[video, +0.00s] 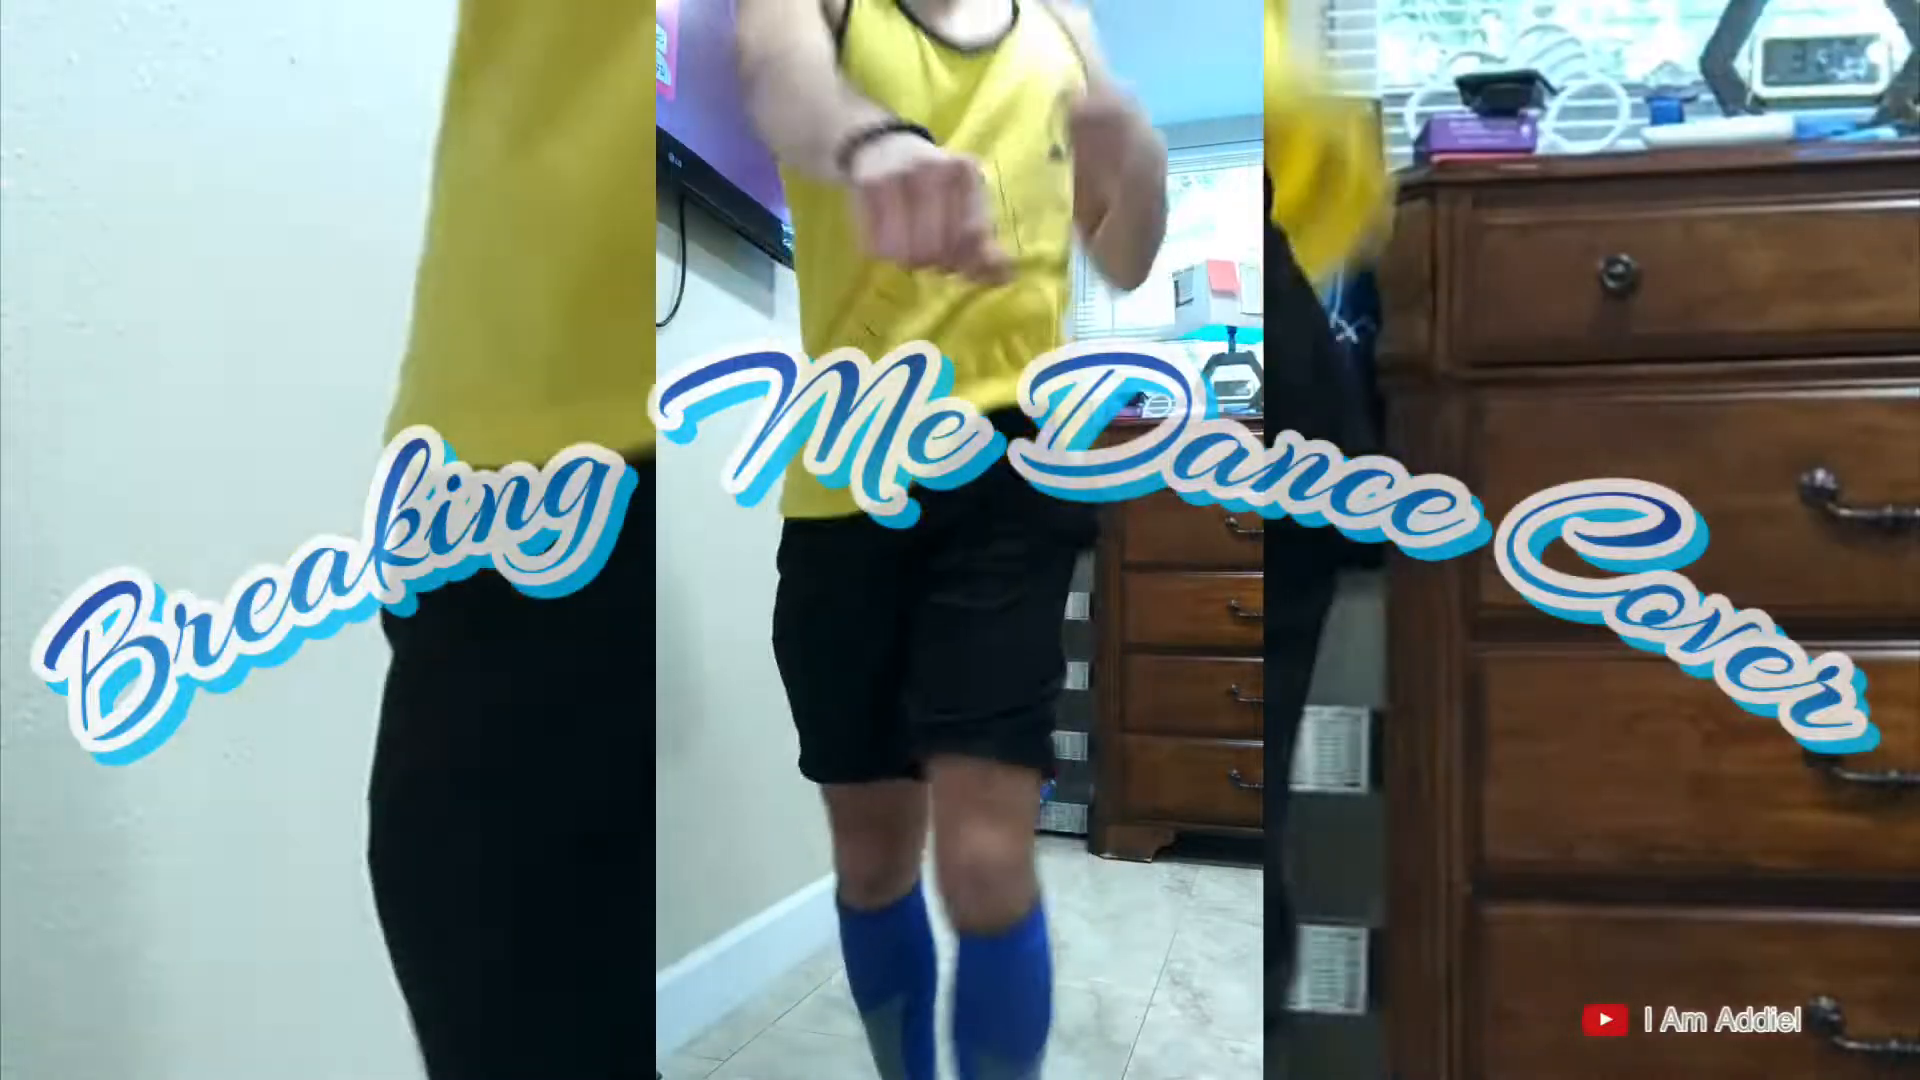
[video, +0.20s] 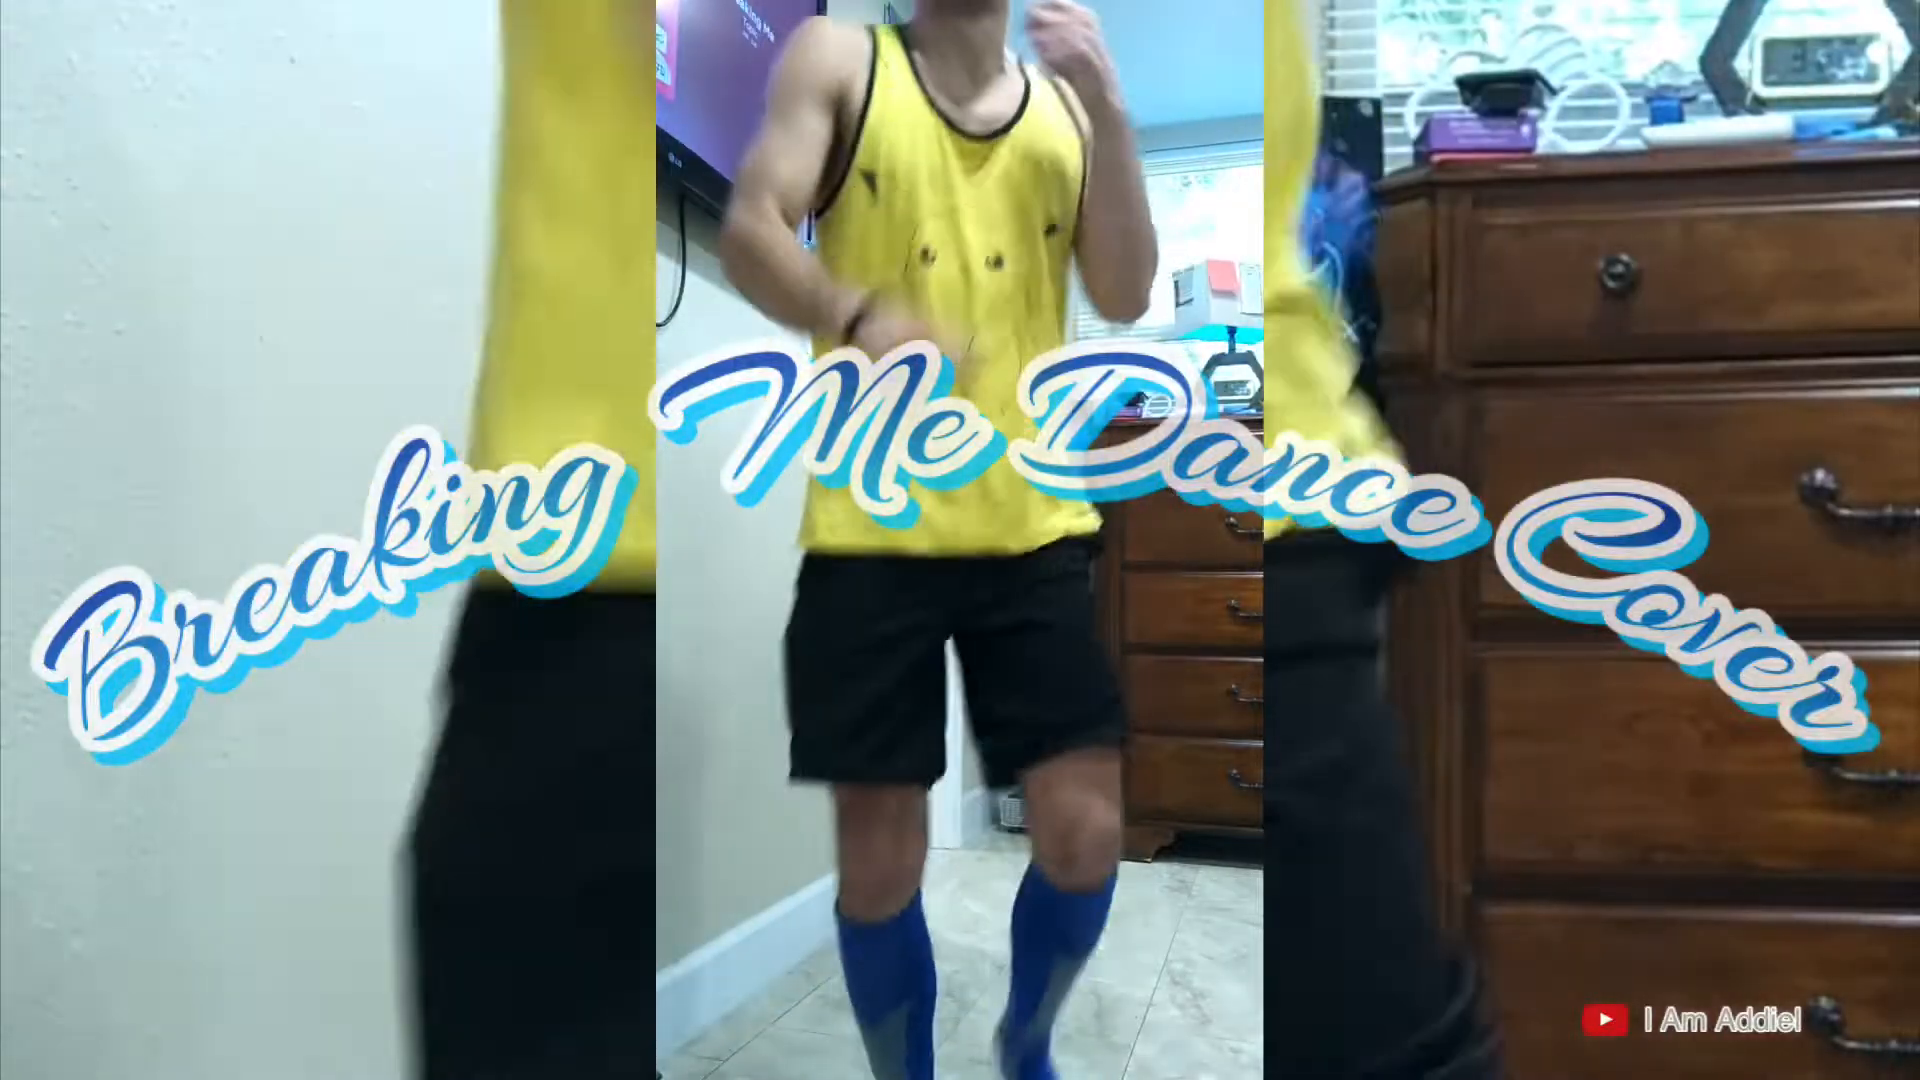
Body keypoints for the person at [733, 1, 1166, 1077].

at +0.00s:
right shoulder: (806, 12)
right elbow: (788, 78)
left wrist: (1117, 154)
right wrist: (874, 140)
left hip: (1013, 473)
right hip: (845, 482)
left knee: (983, 861)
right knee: (872, 865)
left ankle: (1000, 1065)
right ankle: (907, 1069)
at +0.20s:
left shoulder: (1062, 104)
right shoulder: (840, 53)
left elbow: (1125, 291)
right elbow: (748, 231)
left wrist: (1105, 112)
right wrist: (858, 314)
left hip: (1034, 522)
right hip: (873, 528)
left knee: (1086, 832)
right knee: (879, 849)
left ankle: (1027, 1047)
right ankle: (901, 1067)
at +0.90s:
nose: (1003, 82)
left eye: (1027, 68)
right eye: (985, 69)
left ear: (1061, 93)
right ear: (964, 99)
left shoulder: (1101, 170)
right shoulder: (965, 254)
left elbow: (1163, 330)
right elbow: (981, 378)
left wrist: (1172, 501)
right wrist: (926, 388)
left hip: (1088, 546)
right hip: (980, 549)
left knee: (1074, 790)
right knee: (973, 782)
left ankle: (1077, 1020)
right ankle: (1030, 965)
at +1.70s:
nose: (1076, 127)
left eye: (1091, 116)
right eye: (1056, 117)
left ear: (1113, 148)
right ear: (1026, 146)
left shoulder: (1090, 286)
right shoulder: (985, 215)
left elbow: (1110, 431)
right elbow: (873, 323)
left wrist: (1157, 319)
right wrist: (889, 453)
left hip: (1073, 540)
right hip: (987, 535)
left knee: (1127, 747)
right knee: (1009, 771)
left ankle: (1074, 970)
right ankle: (984, 980)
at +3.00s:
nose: (944, 97)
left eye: (961, 84)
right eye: (924, 83)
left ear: (983, 110)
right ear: (893, 108)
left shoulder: (1021, 237)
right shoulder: (856, 229)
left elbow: (1021, 381)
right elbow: (841, 380)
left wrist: (1040, 434)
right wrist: (958, 322)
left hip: (994, 549)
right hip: (873, 549)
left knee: (1087, 749)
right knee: (844, 782)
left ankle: (1009, 1013)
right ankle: (834, 1011)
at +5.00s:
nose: (972, 130)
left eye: (992, 118)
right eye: (950, 118)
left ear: (1017, 152)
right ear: (918, 142)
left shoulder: (998, 308)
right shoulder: (886, 191)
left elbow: (999, 482)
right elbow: (810, 333)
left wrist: (1002, 336)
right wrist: (893, 492)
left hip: (949, 598)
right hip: (813, 586)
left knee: (1084, 806)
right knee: (765, 896)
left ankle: (974, 1055)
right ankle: (826, 1025)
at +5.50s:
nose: (881, 103)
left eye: (903, 92)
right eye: (862, 89)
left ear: (932, 126)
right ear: (831, 125)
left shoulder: (984, 198)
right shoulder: (810, 288)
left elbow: (1023, 359)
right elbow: (794, 450)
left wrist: (903, 495)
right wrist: (852, 327)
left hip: (976, 587)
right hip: (834, 590)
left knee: (1087, 832)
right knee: (768, 846)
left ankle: (988, 1053)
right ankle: (847, 1037)